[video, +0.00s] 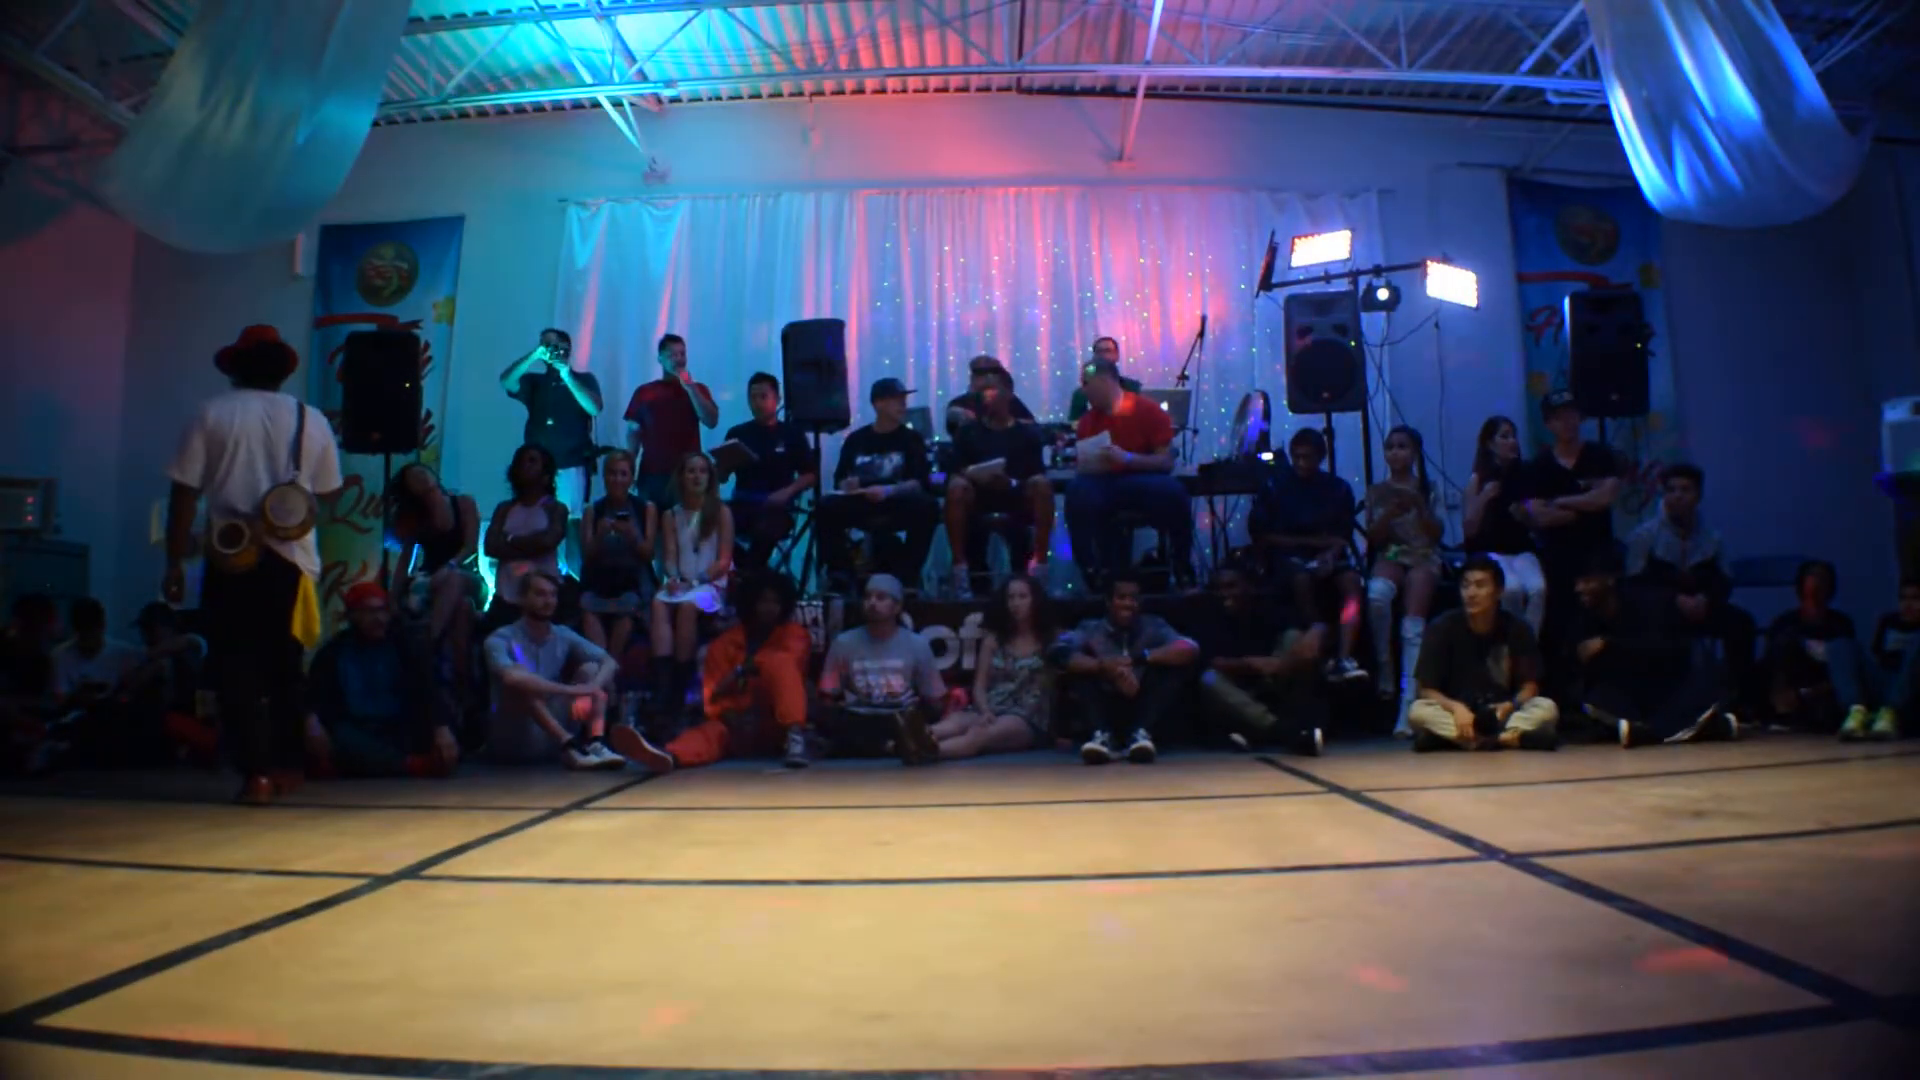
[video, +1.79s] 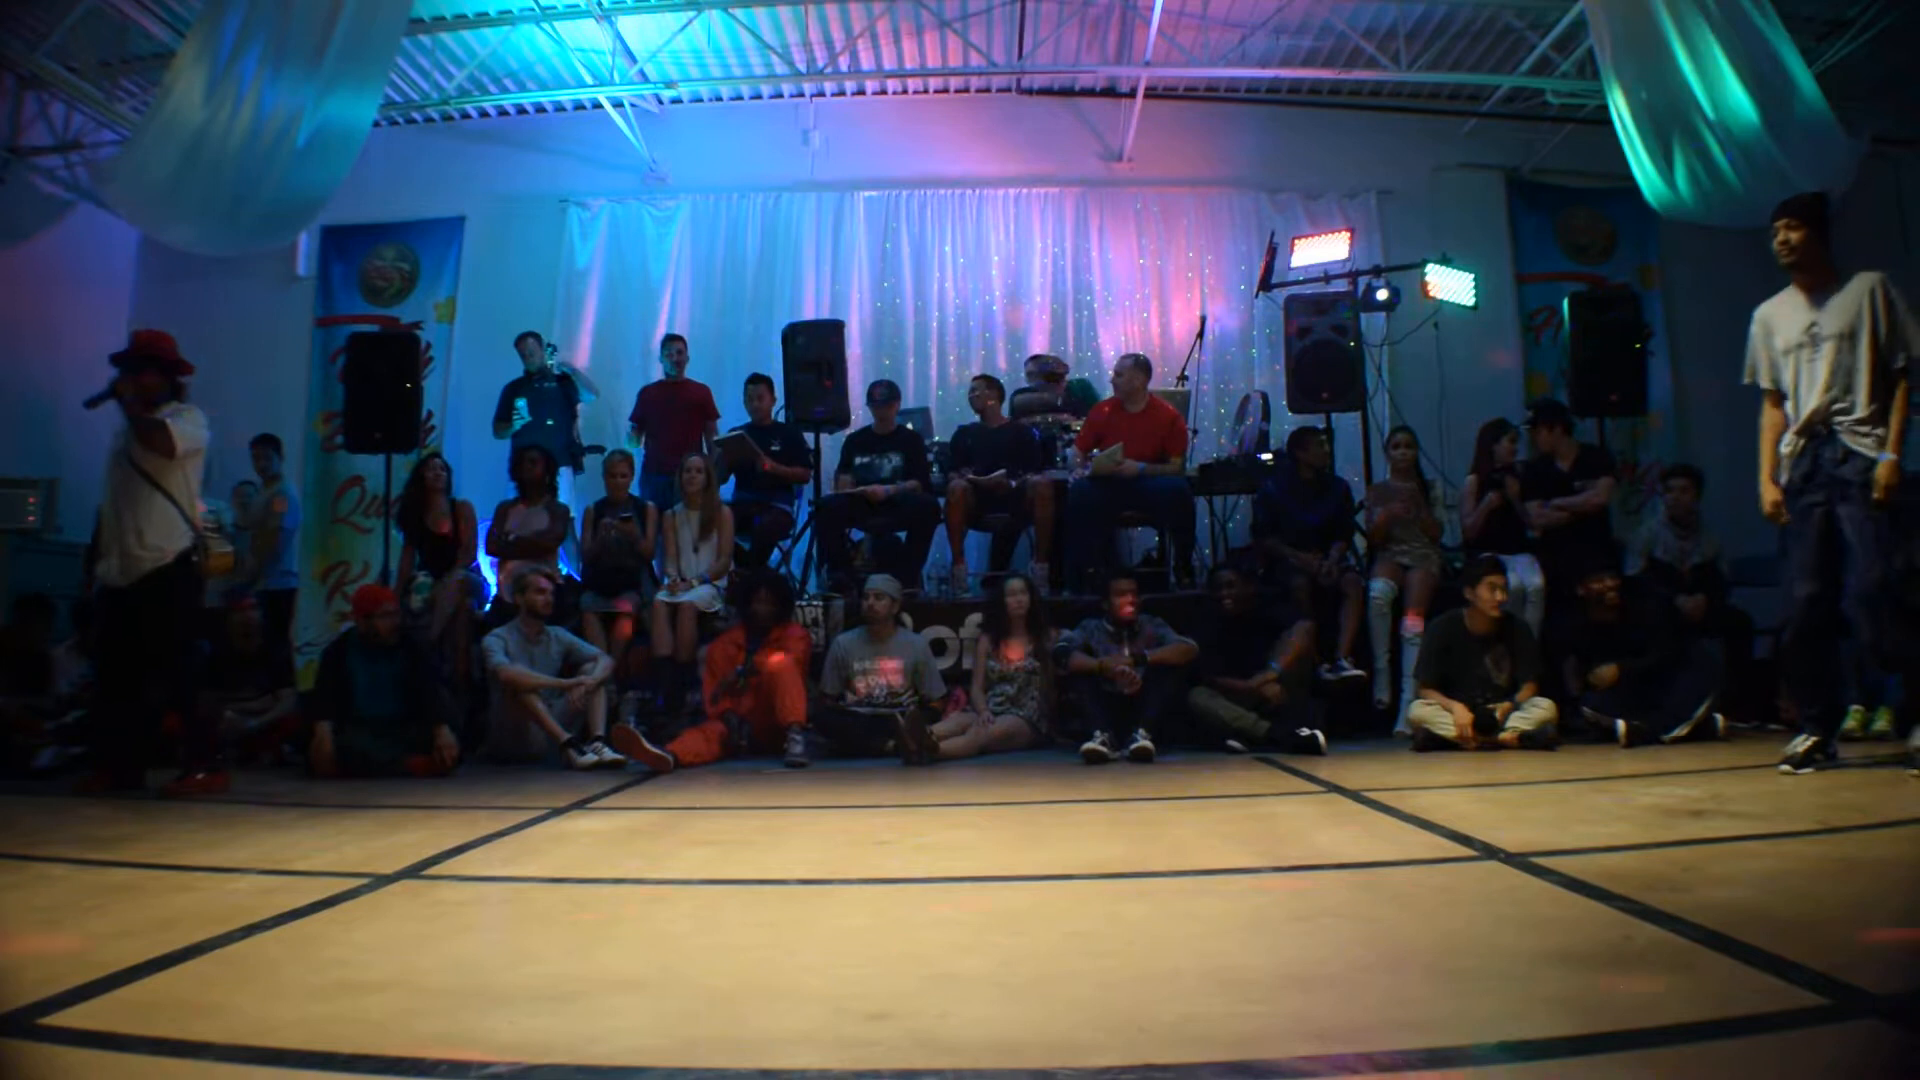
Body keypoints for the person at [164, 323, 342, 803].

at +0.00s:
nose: (234, 373)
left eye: (235, 366)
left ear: (234, 369)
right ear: (283, 371)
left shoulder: (214, 415)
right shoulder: (310, 420)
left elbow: (184, 495)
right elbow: (330, 493)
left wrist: (174, 564)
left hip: (229, 565)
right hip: (289, 566)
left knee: (234, 668)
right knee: (284, 666)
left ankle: (254, 772)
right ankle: (285, 766)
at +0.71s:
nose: (219, 386)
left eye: (222, 378)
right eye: (219, 379)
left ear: (235, 378)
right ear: (270, 379)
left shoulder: (234, 416)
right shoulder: (292, 429)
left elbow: (205, 483)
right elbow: (297, 498)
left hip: (232, 561)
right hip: (278, 562)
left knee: (211, 660)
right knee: (272, 668)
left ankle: (214, 764)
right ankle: (272, 765)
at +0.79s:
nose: (210, 388)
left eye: (215, 379)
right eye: (211, 379)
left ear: (232, 378)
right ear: (261, 379)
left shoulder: (235, 416)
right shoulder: (284, 430)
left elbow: (207, 484)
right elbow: (282, 500)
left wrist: (242, 522)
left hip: (225, 564)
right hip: (268, 564)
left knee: (205, 665)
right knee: (269, 670)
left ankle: (207, 767)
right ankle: (273, 768)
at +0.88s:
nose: (204, 389)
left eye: (209, 380)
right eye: (204, 380)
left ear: (228, 380)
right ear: (251, 381)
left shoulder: (233, 418)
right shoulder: (271, 428)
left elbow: (207, 485)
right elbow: (270, 498)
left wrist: (178, 498)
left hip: (221, 564)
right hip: (259, 563)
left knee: (205, 667)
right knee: (265, 667)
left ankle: (207, 766)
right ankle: (272, 767)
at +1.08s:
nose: (189, 391)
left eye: (196, 381)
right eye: (189, 382)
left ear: (218, 382)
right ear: (223, 384)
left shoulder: (234, 422)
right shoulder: (229, 425)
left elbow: (205, 483)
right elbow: (207, 492)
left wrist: (168, 470)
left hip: (217, 565)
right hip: (210, 566)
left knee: (207, 667)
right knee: (208, 667)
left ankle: (211, 764)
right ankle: (213, 760)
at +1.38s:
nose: (172, 386)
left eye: (180, 377)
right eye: (171, 378)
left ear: (205, 379)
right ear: (180, 383)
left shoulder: (227, 422)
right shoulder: (190, 428)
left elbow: (185, 464)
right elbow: (181, 513)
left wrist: (162, 416)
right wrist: (155, 564)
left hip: (209, 567)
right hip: (176, 571)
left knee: (196, 670)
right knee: (160, 669)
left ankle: (203, 764)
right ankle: (166, 763)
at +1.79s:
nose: (128, 383)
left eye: (137, 374)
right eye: (126, 375)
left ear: (163, 377)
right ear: (130, 382)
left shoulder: (189, 418)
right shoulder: (127, 429)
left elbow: (167, 444)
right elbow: (115, 501)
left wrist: (129, 404)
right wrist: (97, 554)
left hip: (170, 572)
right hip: (124, 577)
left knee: (179, 675)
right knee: (119, 679)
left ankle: (204, 764)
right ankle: (118, 768)